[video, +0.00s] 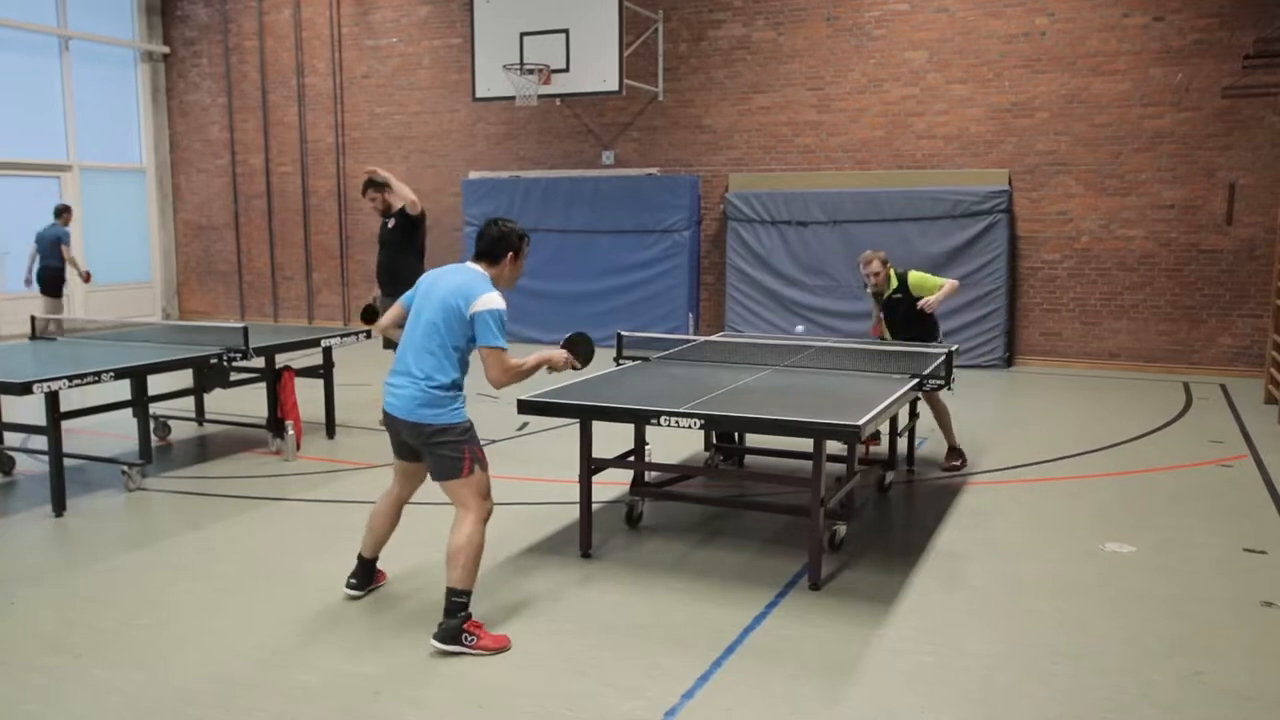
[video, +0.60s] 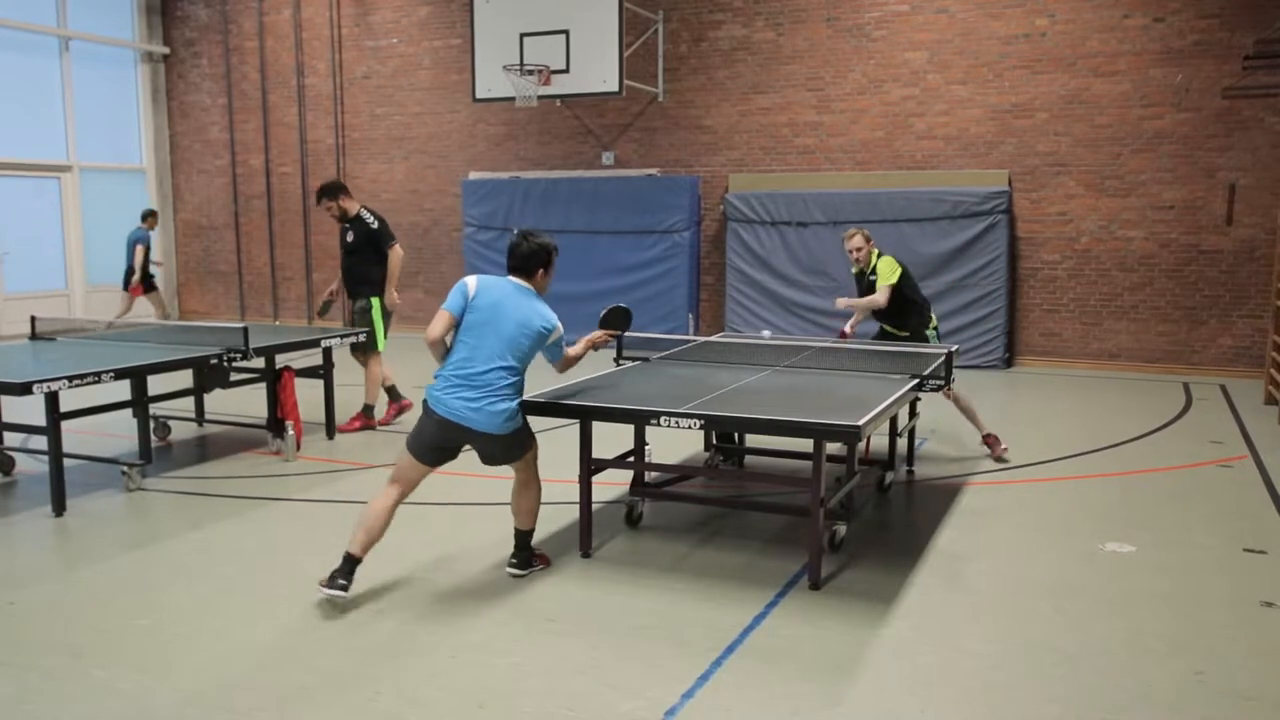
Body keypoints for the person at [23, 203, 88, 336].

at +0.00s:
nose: (71, 219)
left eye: (71, 216)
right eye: (69, 216)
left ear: (58, 216)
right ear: (64, 215)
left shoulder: (42, 232)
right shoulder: (63, 233)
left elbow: (33, 254)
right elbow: (68, 256)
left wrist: (29, 274)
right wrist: (80, 272)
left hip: (42, 271)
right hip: (56, 271)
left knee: (58, 306)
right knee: (49, 306)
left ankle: (59, 332)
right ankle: (40, 333)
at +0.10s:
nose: (84, 222)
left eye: (84, 219)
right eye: (82, 218)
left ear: (71, 219)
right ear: (76, 219)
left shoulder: (56, 236)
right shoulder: (77, 236)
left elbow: (45, 256)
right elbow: (82, 258)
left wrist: (35, 274)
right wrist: (96, 270)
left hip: (56, 274)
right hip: (69, 275)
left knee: (74, 307)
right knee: (59, 309)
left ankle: (82, 333)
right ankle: (47, 334)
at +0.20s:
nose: (97, 222)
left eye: (97, 218)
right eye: (96, 218)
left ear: (84, 219)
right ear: (89, 218)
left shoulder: (70, 236)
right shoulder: (90, 235)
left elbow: (60, 256)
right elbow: (95, 259)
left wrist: (49, 274)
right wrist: (109, 273)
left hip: (71, 274)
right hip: (83, 275)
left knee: (88, 309)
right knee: (84, 312)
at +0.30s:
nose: (111, 218)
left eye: (111, 215)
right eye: (110, 215)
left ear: (99, 215)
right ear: (103, 215)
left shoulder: (84, 232)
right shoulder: (101, 231)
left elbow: (78, 255)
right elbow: (104, 255)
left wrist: (73, 273)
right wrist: (116, 274)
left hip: (84, 268)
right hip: (96, 269)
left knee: (91, 307)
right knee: (108, 308)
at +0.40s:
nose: (125, 218)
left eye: (125, 215)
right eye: (124, 215)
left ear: (114, 215)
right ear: (118, 215)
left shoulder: (100, 230)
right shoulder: (113, 231)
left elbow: (100, 253)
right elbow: (112, 253)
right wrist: (119, 273)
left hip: (98, 267)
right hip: (109, 268)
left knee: (96, 307)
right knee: (128, 304)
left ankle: (90, 335)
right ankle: (120, 335)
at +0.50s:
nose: (141, 222)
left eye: (141, 219)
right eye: (139, 218)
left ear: (130, 219)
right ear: (133, 219)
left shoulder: (117, 232)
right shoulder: (127, 234)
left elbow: (116, 256)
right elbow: (124, 255)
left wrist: (131, 266)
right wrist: (126, 275)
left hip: (113, 271)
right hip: (124, 272)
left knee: (106, 305)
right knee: (143, 306)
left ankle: (95, 329)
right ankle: (149, 335)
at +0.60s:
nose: (156, 223)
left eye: (156, 220)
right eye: (155, 220)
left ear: (146, 220)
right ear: (149, 220)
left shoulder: (134, 233)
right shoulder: (143, 235)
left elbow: (136, 256)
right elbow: (139, 255)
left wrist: (153, 263)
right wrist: (137, 273)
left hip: (130, 273)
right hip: (143, 274)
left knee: (125, 308)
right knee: (160, 307)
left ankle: (108, 326)